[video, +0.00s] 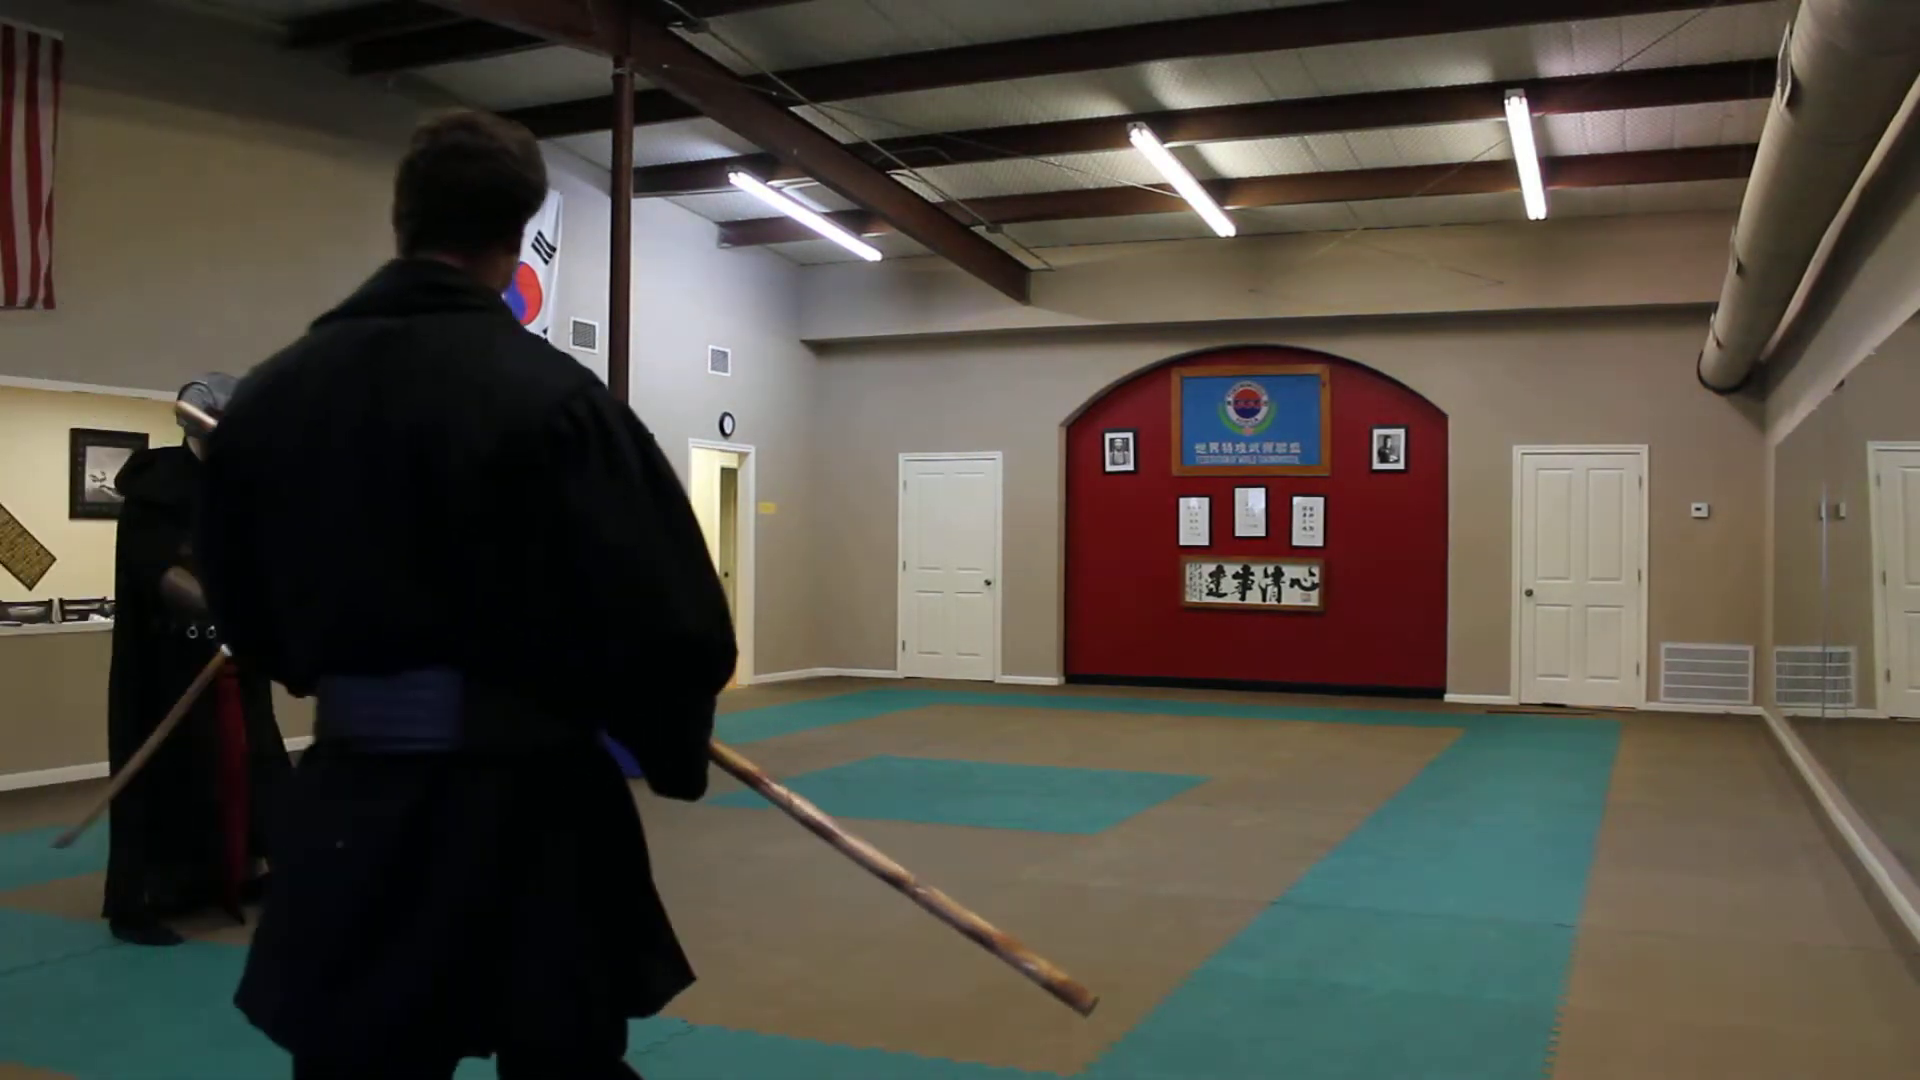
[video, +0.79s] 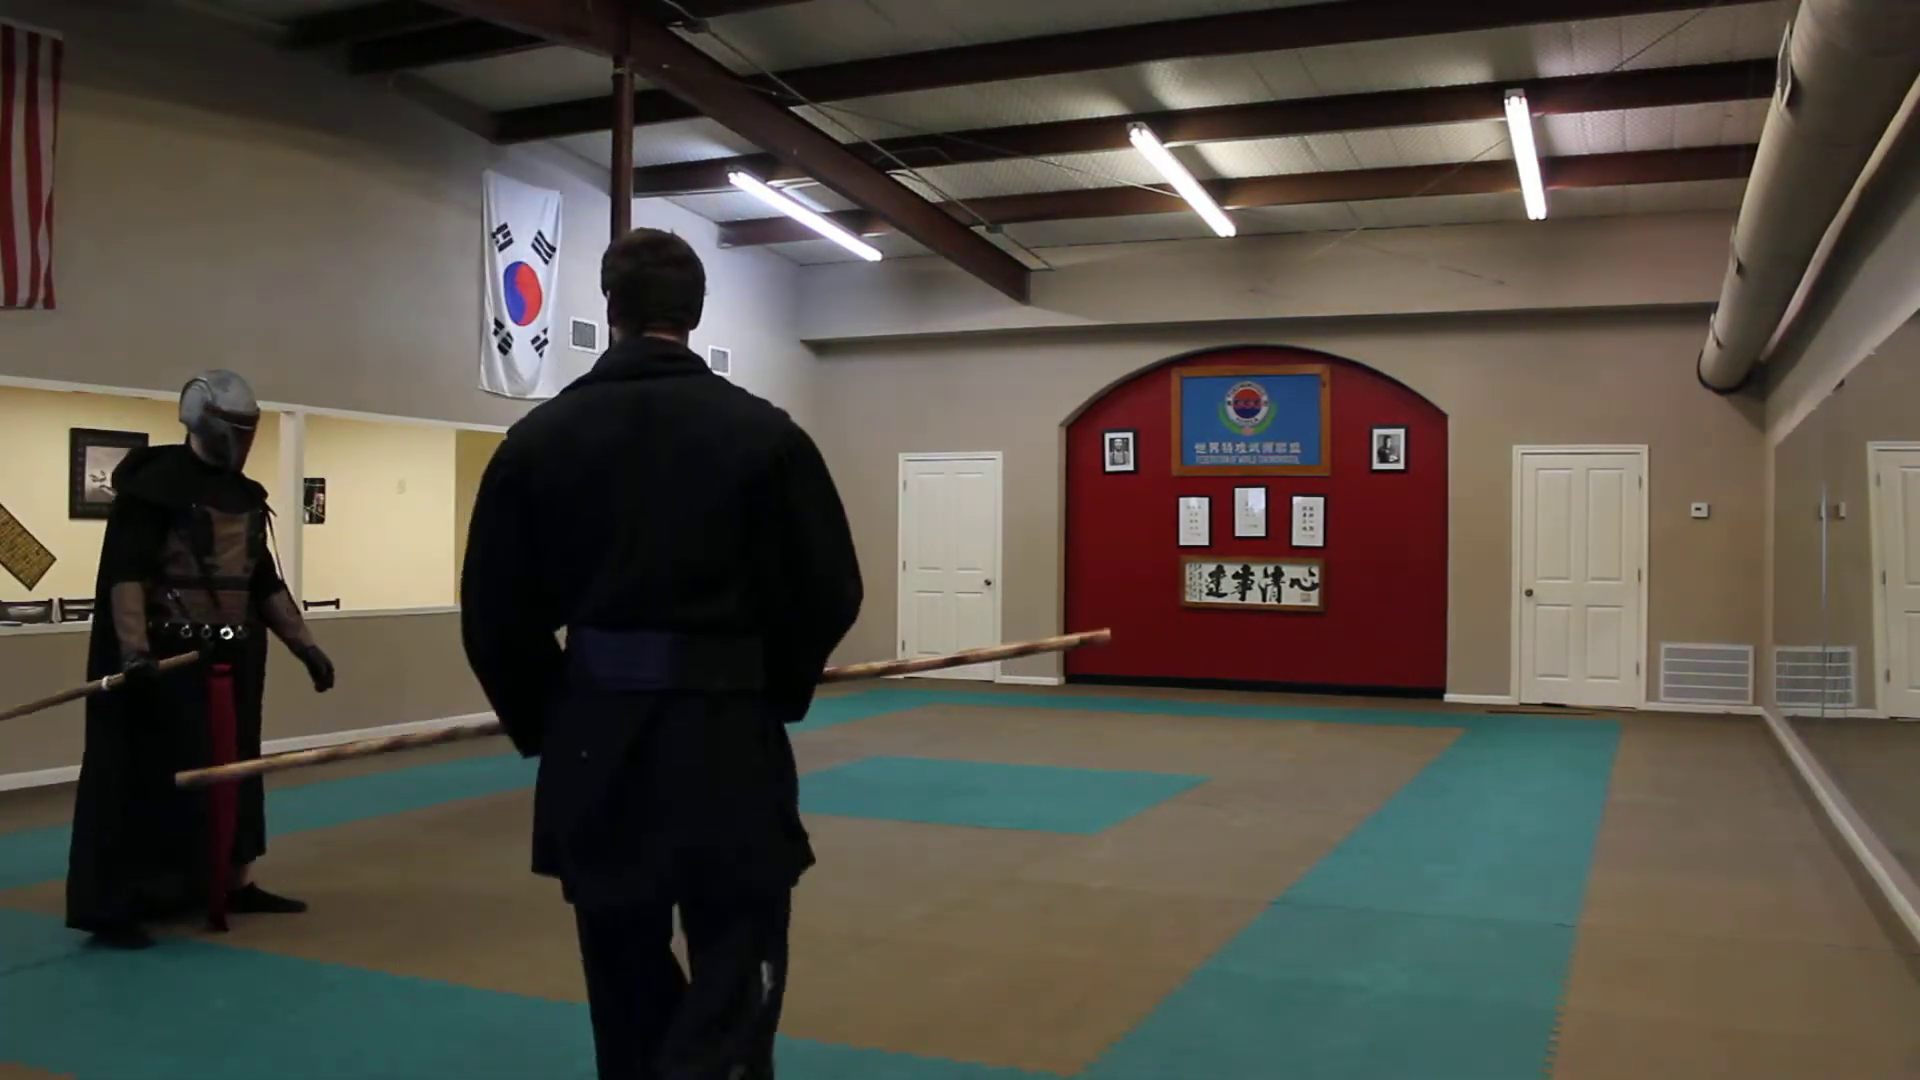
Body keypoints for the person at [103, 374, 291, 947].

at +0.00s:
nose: (230, 434)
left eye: (234, 424)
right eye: (223, 423)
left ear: (232, 424)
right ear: (199, 420)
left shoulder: (245, 479)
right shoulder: (161, 475)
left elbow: (258, 563)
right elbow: (143, 559)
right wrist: (205, 606)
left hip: (230, 651)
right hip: (161, 654)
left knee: (244, 764)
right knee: (154, 771)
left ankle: (237, 876)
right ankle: (135, 904)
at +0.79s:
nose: (245, 439)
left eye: (249, 427)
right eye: (234, 427)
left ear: (250, 427)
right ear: (199, 422)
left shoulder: (245, 497)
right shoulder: (153, 478)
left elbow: (264, 581)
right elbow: (125, 571)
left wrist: (305, 645)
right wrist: (135, 653)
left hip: (229, 663)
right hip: (156, 662)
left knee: (233, 768)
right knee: (137, 779)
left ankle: (232, 885)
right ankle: (114, 909)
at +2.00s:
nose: (234, 439)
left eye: (238, 428)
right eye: (224, 427)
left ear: (238, 426)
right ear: (188, 424)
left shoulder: (231, 494)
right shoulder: (145, 480)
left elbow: (244, 584)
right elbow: (129, 578)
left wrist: (281, 649)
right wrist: (151, 658)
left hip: (219, 663)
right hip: (152, 662)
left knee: (229, 774)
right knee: (141, 782)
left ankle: (232, 888)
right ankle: (121, 911)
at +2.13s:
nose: (235, 439)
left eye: (239, 428)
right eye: (225, 427)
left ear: (238, 426)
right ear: (188, 425)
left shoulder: (230, 494)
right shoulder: (145, 481)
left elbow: (244, 582)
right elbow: (131, 579)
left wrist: (282, 648)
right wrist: (154, 657)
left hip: (218, 664)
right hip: (151, 663)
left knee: (228, 775)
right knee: (140, 783)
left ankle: (232, 888)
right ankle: (120, 912)